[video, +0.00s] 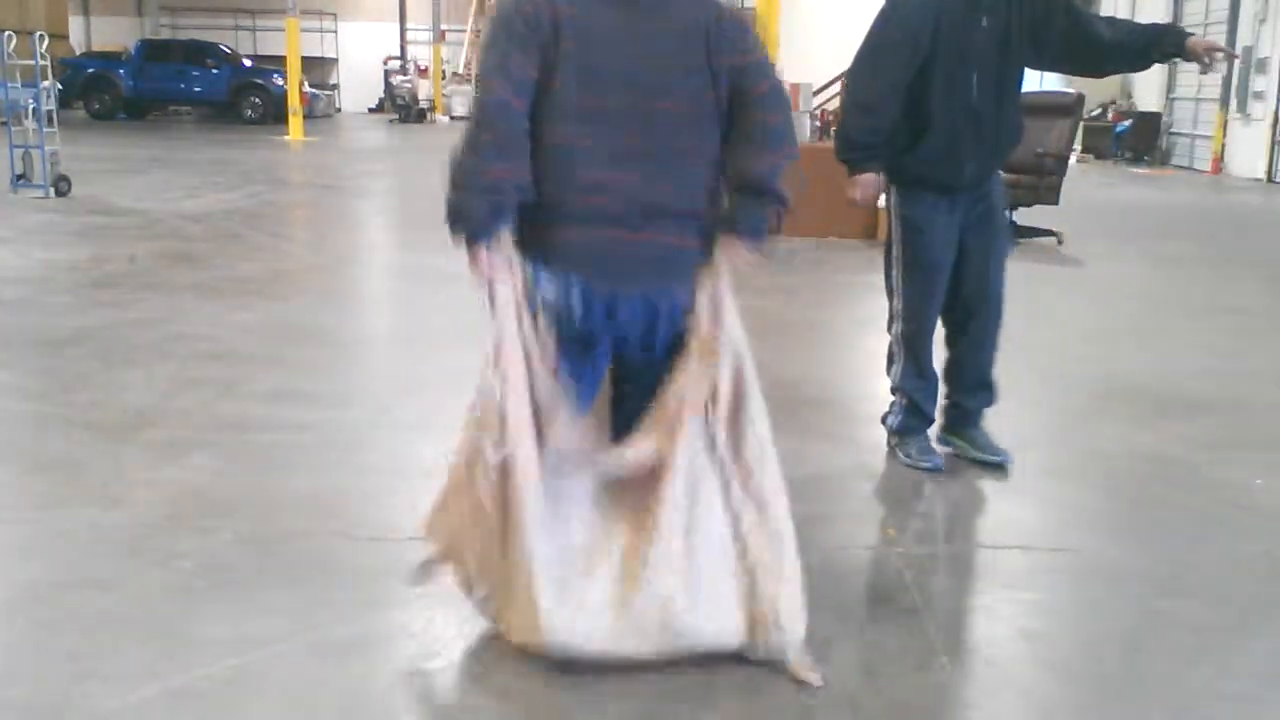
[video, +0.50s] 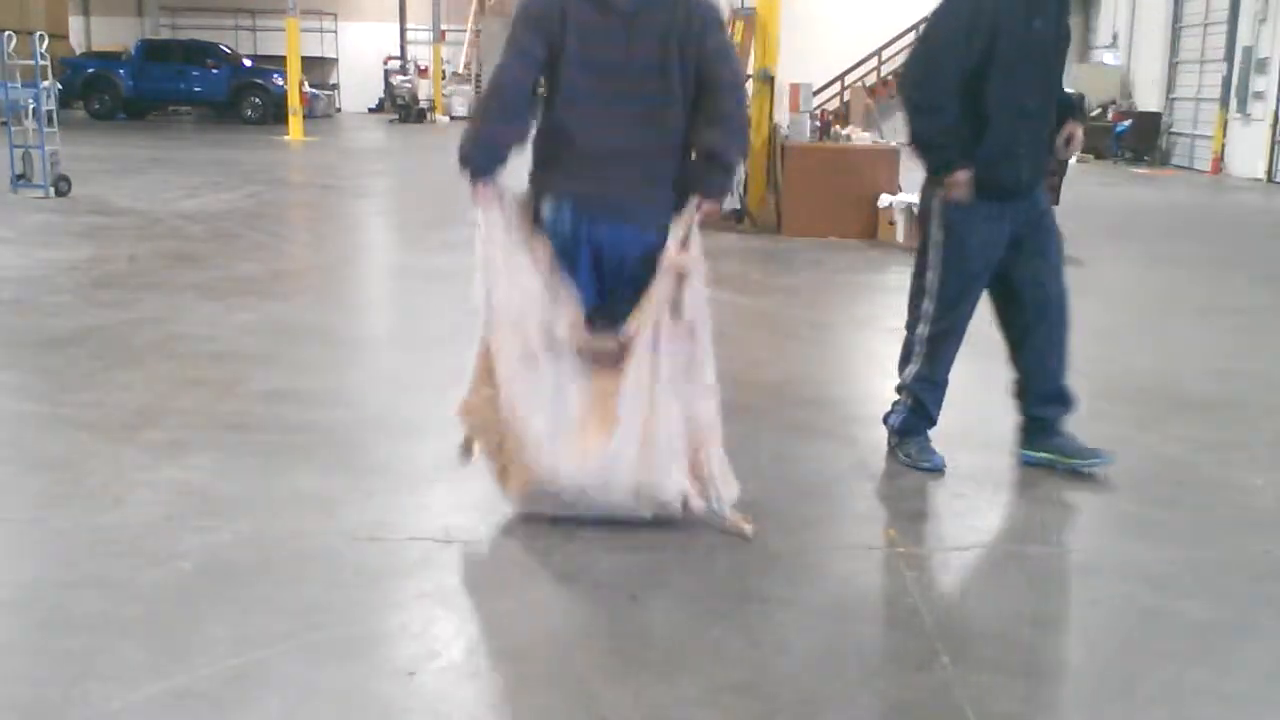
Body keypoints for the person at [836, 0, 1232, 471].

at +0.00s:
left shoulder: (1024, 10)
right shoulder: (922, 8)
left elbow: (1089, 39)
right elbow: (877, 67)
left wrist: (1177, 42)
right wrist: (864, 157)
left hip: (980, 174)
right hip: (921, 174)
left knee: (979, 306)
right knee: (916, 310)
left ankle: (962, 422)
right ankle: (907, 427)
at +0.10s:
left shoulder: (1028, 11)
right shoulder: (924, 8)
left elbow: (1086, 44)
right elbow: (873, 68)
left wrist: (1169, 43)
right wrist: (856, 157)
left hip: (982, 173)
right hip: (923, 171)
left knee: (971, 305)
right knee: (921, 304)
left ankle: (949, 422)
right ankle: (908, 425)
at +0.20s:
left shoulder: (1027, 9)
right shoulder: (925, 9)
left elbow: (1075, 55)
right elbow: (879, 67)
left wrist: (1143, 51)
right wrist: (861, 155)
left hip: (988, 179)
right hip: (929, 176)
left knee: (974, 310)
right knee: (922, 310)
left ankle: (952, 422)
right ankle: (909, 427)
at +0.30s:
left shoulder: (1039, 9)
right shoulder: (933, 8)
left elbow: (1062, 65)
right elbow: (885, 72)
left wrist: (1103, 75)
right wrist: (880, 158)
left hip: (1000, 183)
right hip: (939, 180)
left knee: (995, 308)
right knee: (928, 311)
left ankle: (961, 420)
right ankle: (908, 426)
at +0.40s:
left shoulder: (1047, 14)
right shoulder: (949, 8)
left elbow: (1039, 84)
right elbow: (902, 71)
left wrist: (1075, 98)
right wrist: (909, 162)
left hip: (1011, 187)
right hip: (952, 185)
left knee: (1017, 312)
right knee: (935, 315)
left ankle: (997, 425)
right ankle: (908, 428)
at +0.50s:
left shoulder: (1054, 11)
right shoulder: (973, 8)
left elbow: (1034, 80)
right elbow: (924, 78)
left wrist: (1068, 113)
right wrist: (949, 162)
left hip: (1025, 193)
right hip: (968, 189)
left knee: (1041, 314)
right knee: (941, 316)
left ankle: (1042, 432)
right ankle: (909, 429)